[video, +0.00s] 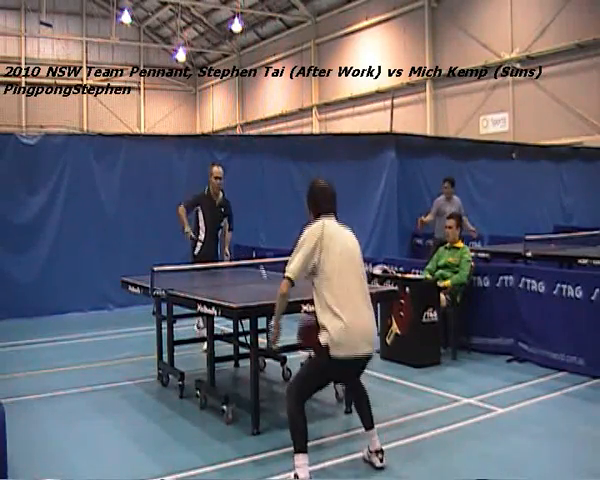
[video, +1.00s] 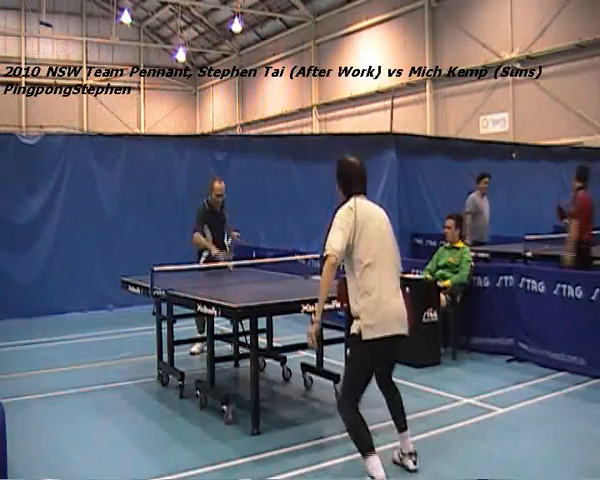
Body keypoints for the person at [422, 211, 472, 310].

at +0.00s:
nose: (447, 231)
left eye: (450, 228)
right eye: (445, 228)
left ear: (458, 230)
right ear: (443, 229)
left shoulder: (464, 251)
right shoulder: (442, 249)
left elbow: (463, 276)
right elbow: (430, 267)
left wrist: (446, 283)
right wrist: (428, 277)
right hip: (435, 282)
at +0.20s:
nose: (447, 231)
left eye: (450, 228)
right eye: (445, 228)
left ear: (458, 230)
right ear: (443, 230)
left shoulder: (464, 251)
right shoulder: (441, 249)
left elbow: (463, 276)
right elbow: (429, 268)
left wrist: (445, 283)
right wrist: (428, 277)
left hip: (453, 285)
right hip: (435, 282)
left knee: (441, 297)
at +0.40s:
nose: (447, 231)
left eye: (450, 228)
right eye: (445, 228)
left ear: (458, 230)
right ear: (443, 230)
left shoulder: (465, 251)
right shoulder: (442, 249)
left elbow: (463, 276)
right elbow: (430, 267)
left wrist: (446, 283)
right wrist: (428, 276)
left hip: (453, 285)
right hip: (436, 281)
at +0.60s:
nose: (446, 231)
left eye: (450, 228)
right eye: (445, 228)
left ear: (458, 230)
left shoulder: (465, 251)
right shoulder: (442, 249)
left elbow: (463, 276)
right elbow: (430, 267)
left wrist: (446, 283)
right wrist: (428, 277)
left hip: (453, 285)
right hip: (435, 282)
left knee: (441, 299)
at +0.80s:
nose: (445, 231)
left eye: (449, 228)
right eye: (445, 228)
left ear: (457, 230)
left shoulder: (465, 251)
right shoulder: (442, 249)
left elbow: (463, 276)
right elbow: (430, 267)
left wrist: (445, 283)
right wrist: (428, 277)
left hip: (453, 284)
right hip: (435, 281)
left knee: (442, 298)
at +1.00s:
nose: (445, 231)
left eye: (449, 228)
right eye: (445, 228)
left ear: (457, 231)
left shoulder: (464, 251)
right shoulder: (442, 249)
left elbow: (463, 275)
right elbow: (431, 266)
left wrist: (446, 283)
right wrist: (428, 275)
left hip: (454, 283)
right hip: (436, 280)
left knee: (442, 298)